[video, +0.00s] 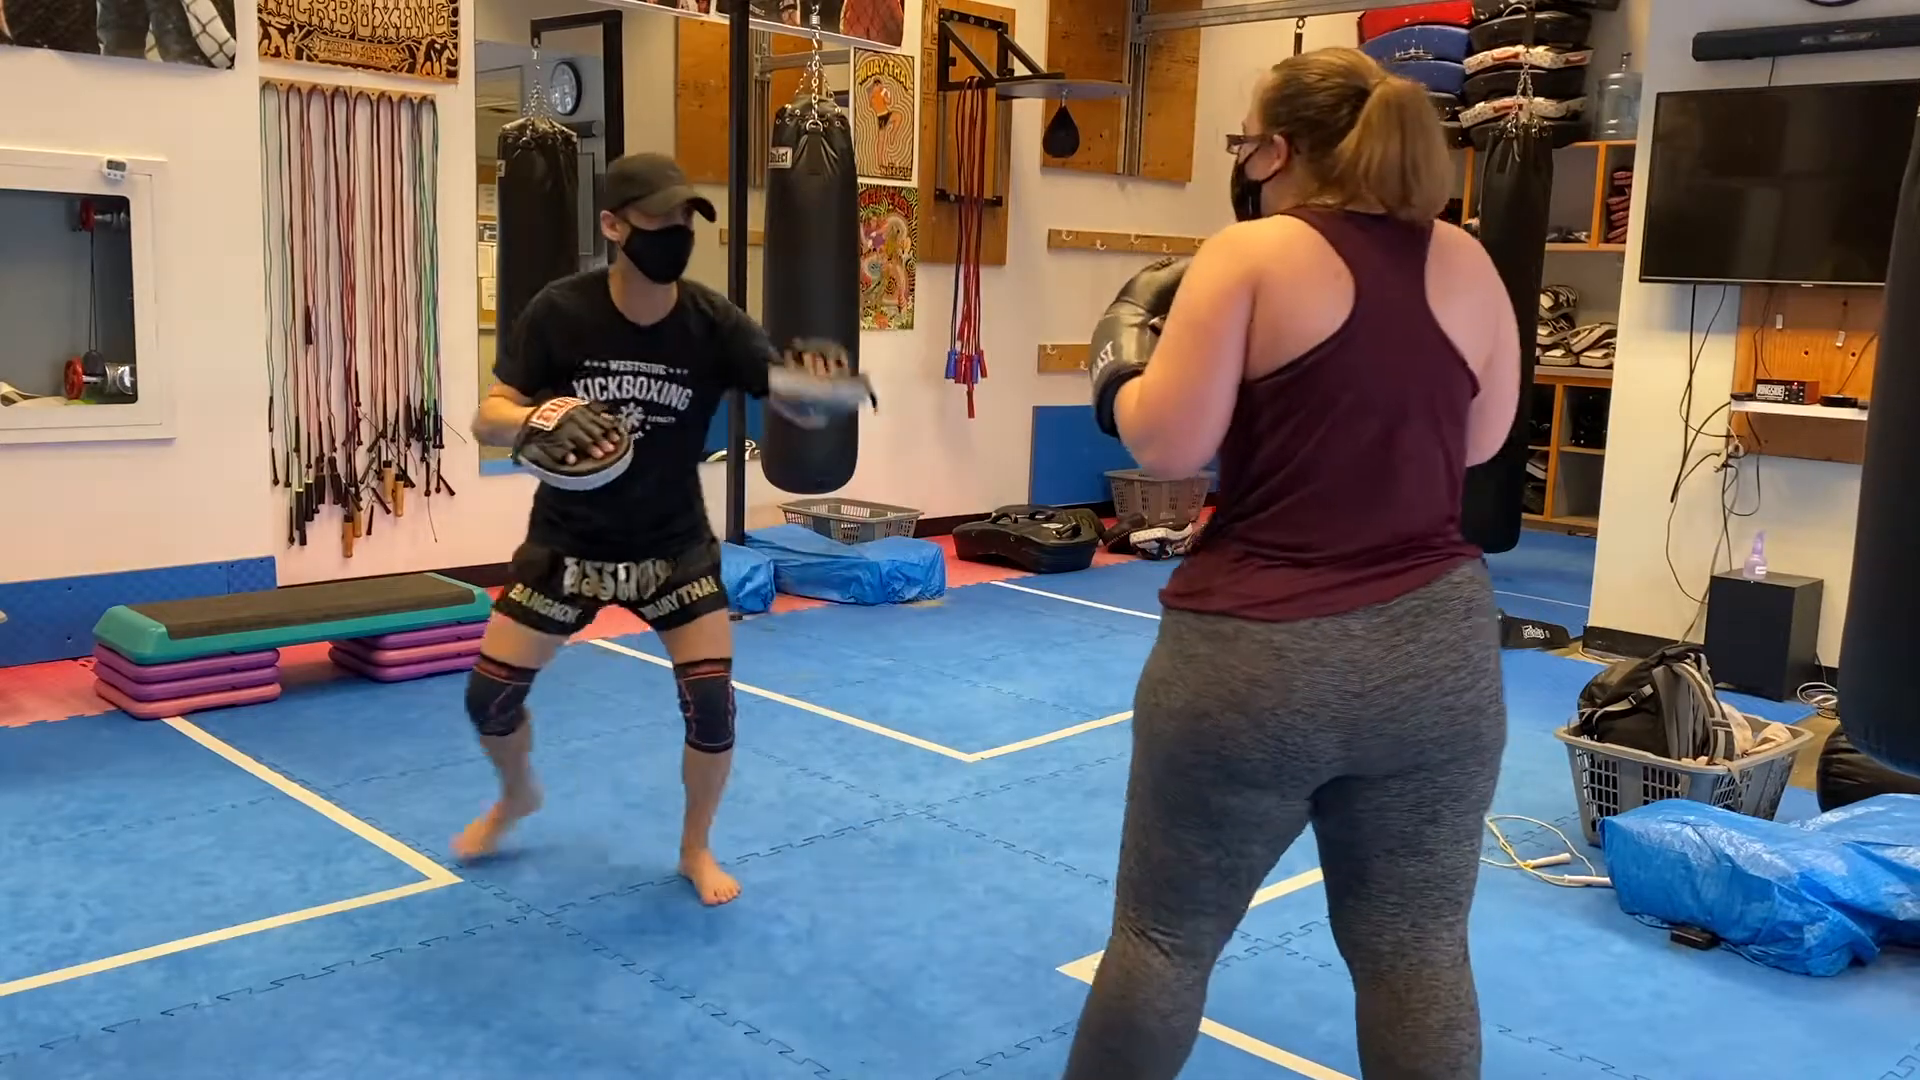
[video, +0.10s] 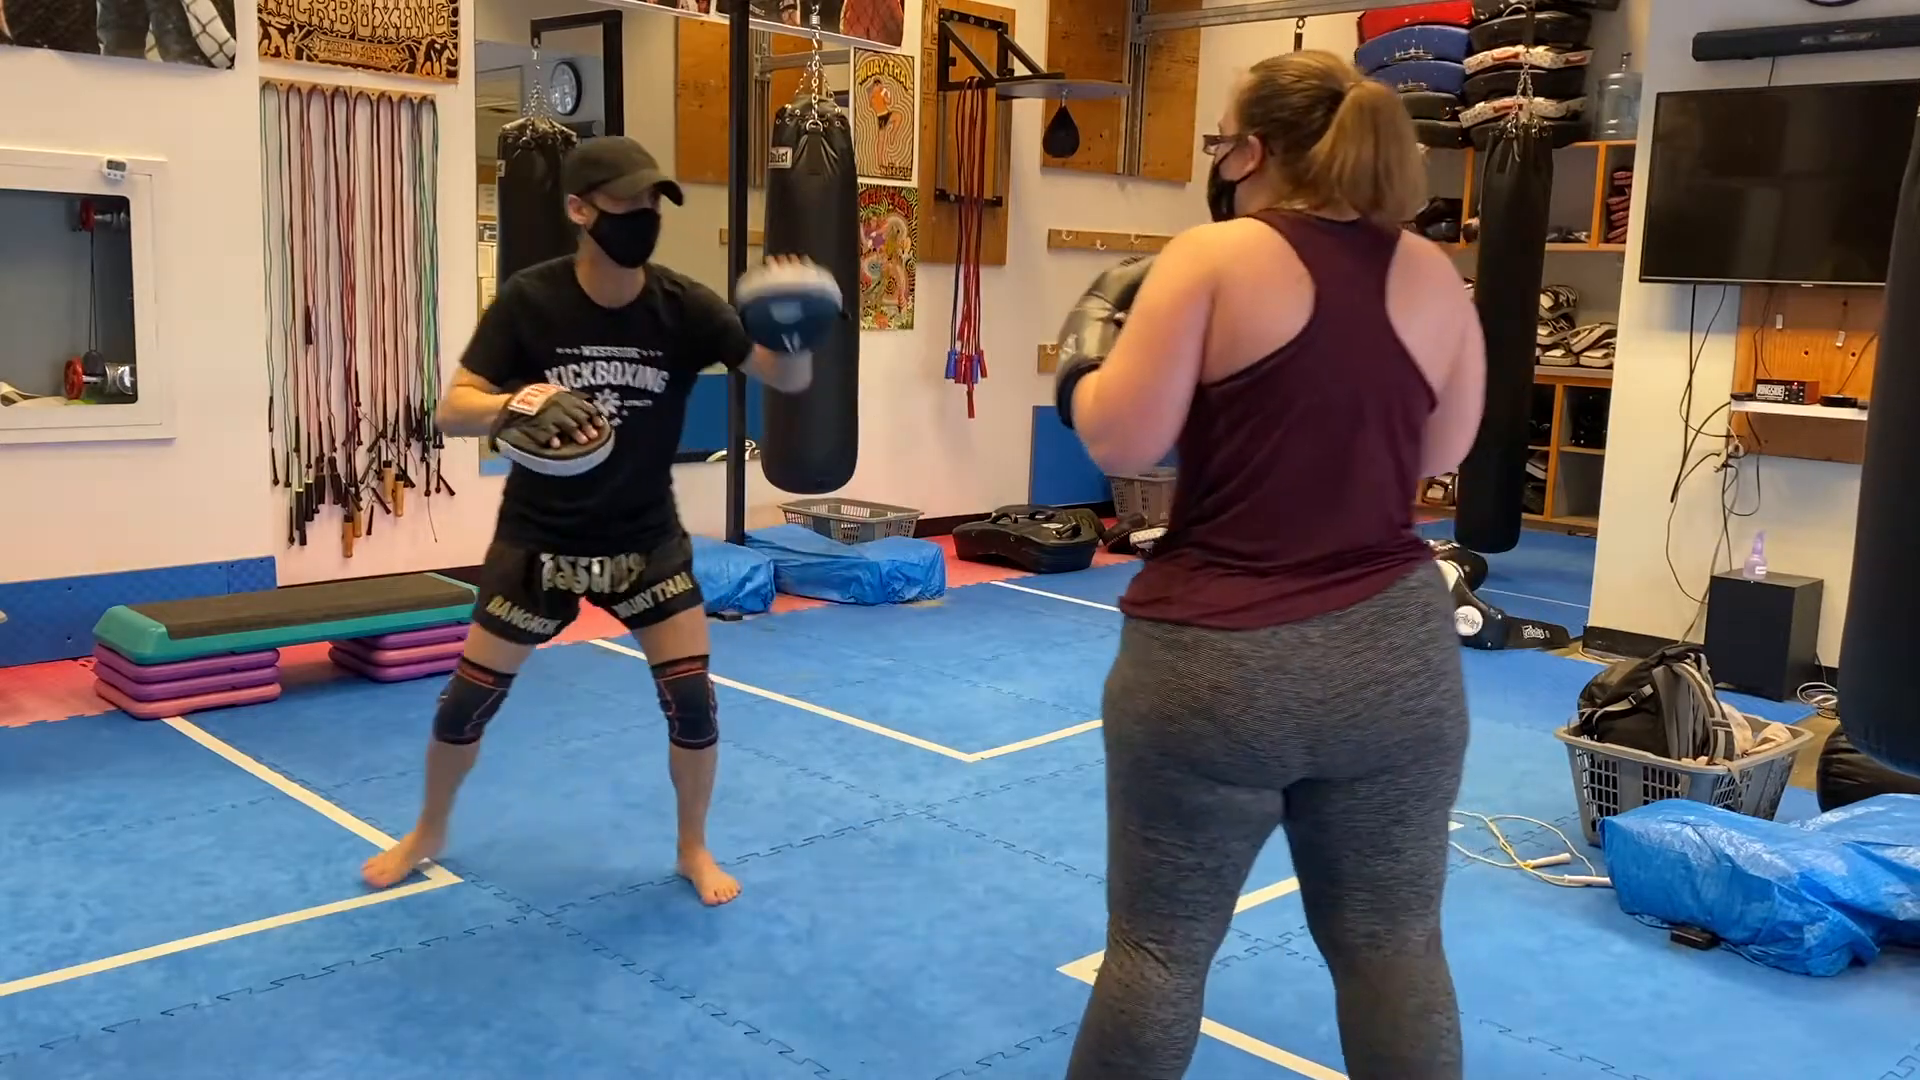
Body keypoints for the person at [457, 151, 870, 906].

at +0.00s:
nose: (678, 232)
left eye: (685, 218)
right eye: (659, 219)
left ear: (695, 222)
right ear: (614, 225)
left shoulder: (714, 321)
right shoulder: (560, 312)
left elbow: (796, 395)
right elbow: (490, 418)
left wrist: (819, 387)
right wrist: (541, 417)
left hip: (673, 540)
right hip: (568, 538)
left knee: (714, 704)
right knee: (489, 698)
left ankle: (696, 848)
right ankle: (519, 795)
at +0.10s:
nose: (646, 219)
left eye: (653, 203)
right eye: (627, 206)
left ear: (661, 203)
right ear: (579, 210)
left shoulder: (689, 308)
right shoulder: (530, 300)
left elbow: (789, 375)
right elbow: (454, 410)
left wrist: (794, 317)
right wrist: (511, 403)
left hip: (645, 533)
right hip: (537, 534)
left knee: (694, 699)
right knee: (465, 702)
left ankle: (694, 847)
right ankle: (428, 832)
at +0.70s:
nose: (565, 230)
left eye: (573, 213)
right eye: (544, 215)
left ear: (586, 216)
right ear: (495, 223)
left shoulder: (619, 327)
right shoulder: (444, 324)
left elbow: (721, 374)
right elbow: (352, 432)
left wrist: (749, 308)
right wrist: (402, 428)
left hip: (575, 568)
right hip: (460, 567)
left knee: (621, 741)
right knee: (365, 742)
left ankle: (650, 916)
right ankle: (393, 818)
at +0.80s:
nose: (550, 246)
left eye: (558, 229)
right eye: (529, 231)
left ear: (570, 225)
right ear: (479, 228)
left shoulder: (599, 321)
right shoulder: (428, 329)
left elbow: (717, 338)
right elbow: (339, 439)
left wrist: (744, 278)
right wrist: (387, 446)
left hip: (563, 576)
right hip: (445, 576)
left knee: (620, 746)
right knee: (333, 740)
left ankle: (650, 915)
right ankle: (329, 835)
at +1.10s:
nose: (453, 253)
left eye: (463, 236)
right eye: (432, 240)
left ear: (476, 234)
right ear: (384, 238)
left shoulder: (506, 330)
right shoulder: (338, 330)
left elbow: (599, 373)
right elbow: (264, 450)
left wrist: (629, 323)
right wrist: (313, 457)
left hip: (485, 568)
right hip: (366, 573)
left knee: (566, 732)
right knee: (280, 744)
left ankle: (639, 899)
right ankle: (265, 872)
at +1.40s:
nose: (531, 297)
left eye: (541, 279)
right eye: (511, 283)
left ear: (560, 274)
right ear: (481, 284)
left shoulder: (585, 357)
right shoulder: (432, 362)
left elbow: (630, 461)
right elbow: (352, 454)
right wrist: (404, 506)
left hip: (560, 584)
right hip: (441, 586)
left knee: (623, 731)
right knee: (335, 745)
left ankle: (669, 874)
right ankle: (264, 870)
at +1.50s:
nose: (577, 276)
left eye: (592, 257)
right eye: (562, 258)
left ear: (611, 258)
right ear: (532, 259)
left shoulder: (643, 342)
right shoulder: (501, 338)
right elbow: (438, 419)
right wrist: (455, 483)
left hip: (614, 566)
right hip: (514, 558)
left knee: (649, 716)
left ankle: (673, 872)